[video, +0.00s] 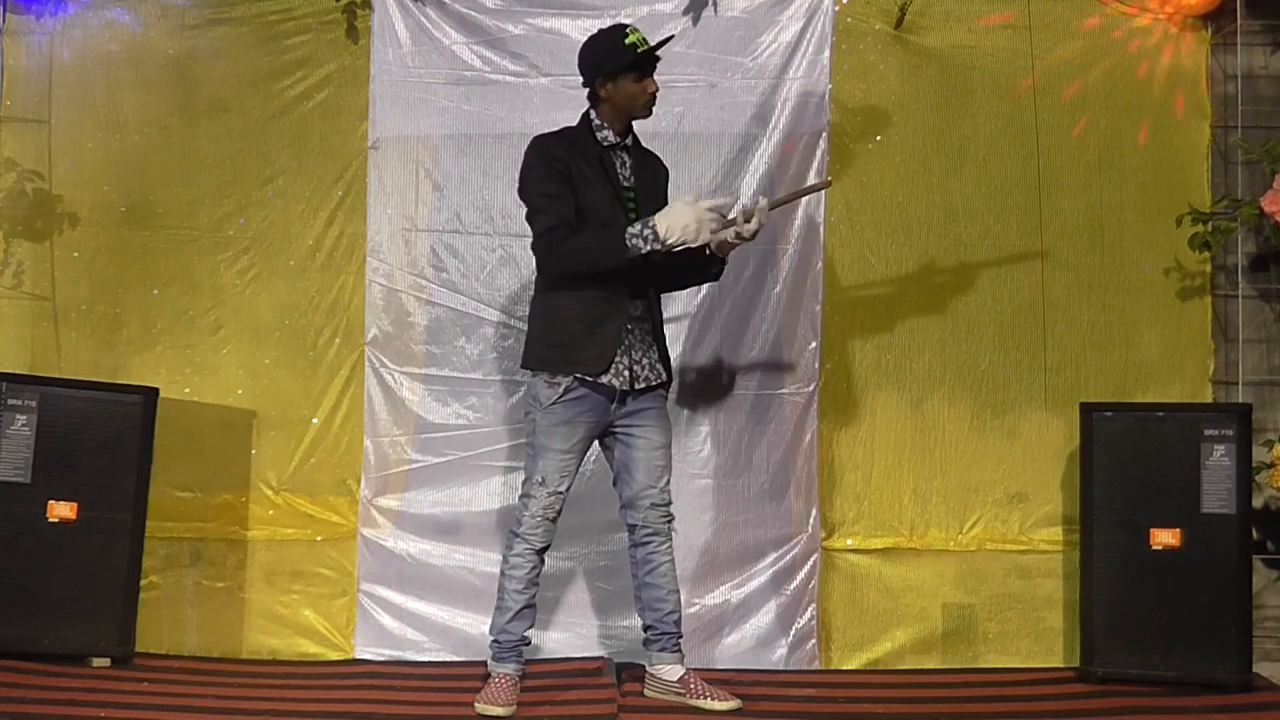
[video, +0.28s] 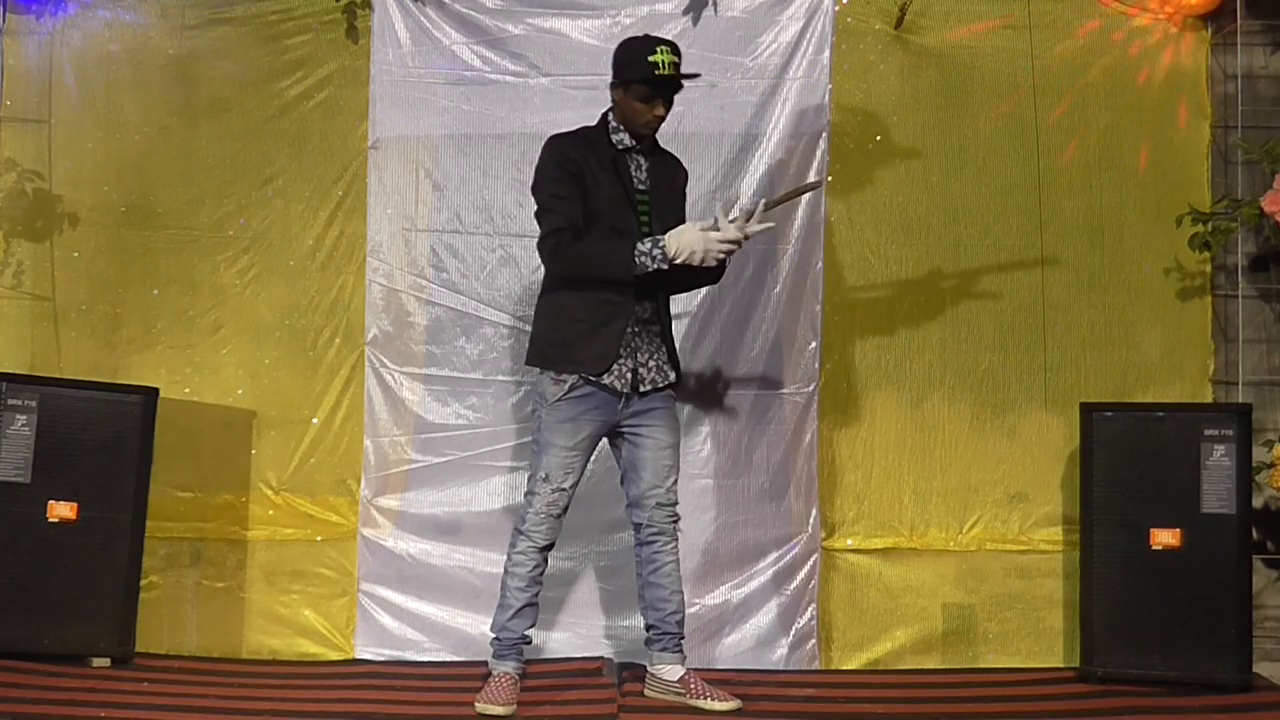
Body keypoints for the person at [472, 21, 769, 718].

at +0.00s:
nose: (656, 84)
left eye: (653, 73)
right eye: (644, 75)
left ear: (625, 84)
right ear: (608, 84)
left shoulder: (651, 170)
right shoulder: (550, 153)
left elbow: (649, 275)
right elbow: (558, 257)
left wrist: (715, 250)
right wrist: (651, 232)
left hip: (642, 375)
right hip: (567, 373)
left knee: (652, 519)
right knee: (536, 522)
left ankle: (665, 668)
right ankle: (505, 669)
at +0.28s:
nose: (663, 108)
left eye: (670, 96)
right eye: (653, 95)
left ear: (672, 95)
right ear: (619, 91)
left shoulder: (669, 171)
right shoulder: (567, 152)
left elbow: (656, 279)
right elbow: (562, 254)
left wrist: (710, 257)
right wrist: (663, 248)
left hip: (650, 371)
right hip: (575, 370)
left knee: (658, 517)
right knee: (543, 516)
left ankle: (666, 668)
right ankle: (505, 665)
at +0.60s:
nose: (647, 120)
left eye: (658, 112)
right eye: (640, 104)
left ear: (666, 112)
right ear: (613, 91)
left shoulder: (658, 171)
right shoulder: (554, 152)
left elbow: (645, 278)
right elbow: (549, 256)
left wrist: (696, 254)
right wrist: (650, 250)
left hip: (638, 374)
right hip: (563, 373)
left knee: (652, 516)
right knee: (534, 518)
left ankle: (665, 669)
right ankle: (502, 669)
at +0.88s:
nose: (643, 120)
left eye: (655, 112)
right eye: (637, 104)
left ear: (663, 112)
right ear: (610, 91)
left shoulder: (655, 169)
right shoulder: (550, 151)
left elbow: (640, 275)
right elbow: (542, 254)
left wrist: (690, 254)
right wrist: (642, 250)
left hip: (633, 373)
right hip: (558, 372)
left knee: (649, 516)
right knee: (531, 519)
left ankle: (665, 668)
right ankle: (502, 668)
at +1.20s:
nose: (651, 124)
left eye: (662, 115)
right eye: (645, 109)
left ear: (667, 115)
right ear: (615, 95)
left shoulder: (656, 172)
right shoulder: (553, 154)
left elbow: (641, 277)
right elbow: (545, 258)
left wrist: (693, 257)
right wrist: (647, 254)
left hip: (635, 375)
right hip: (561, 374)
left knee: (650, 519)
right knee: (532, 521)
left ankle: (666, 671)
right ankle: (503, 671)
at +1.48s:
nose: (653, 123)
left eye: (663, 113)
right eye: (646, 108)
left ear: (665, 115)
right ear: (615, 95)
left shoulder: (655, 173)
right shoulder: (553, 155)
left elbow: (641, 278)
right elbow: (547, 259)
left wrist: (692, 255)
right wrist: (647, 252)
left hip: (635, 376)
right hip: (559, 375)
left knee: (652, 519)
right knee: (533, 523)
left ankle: (667, 671)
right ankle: (503, 670)